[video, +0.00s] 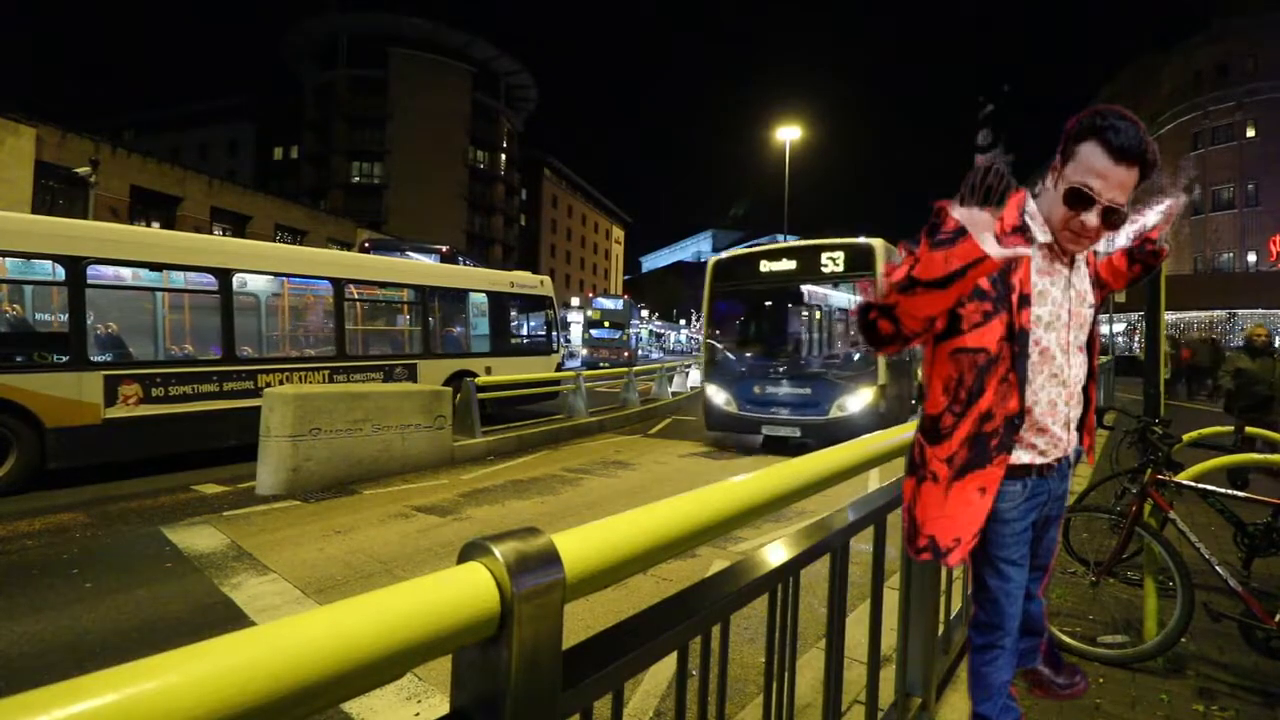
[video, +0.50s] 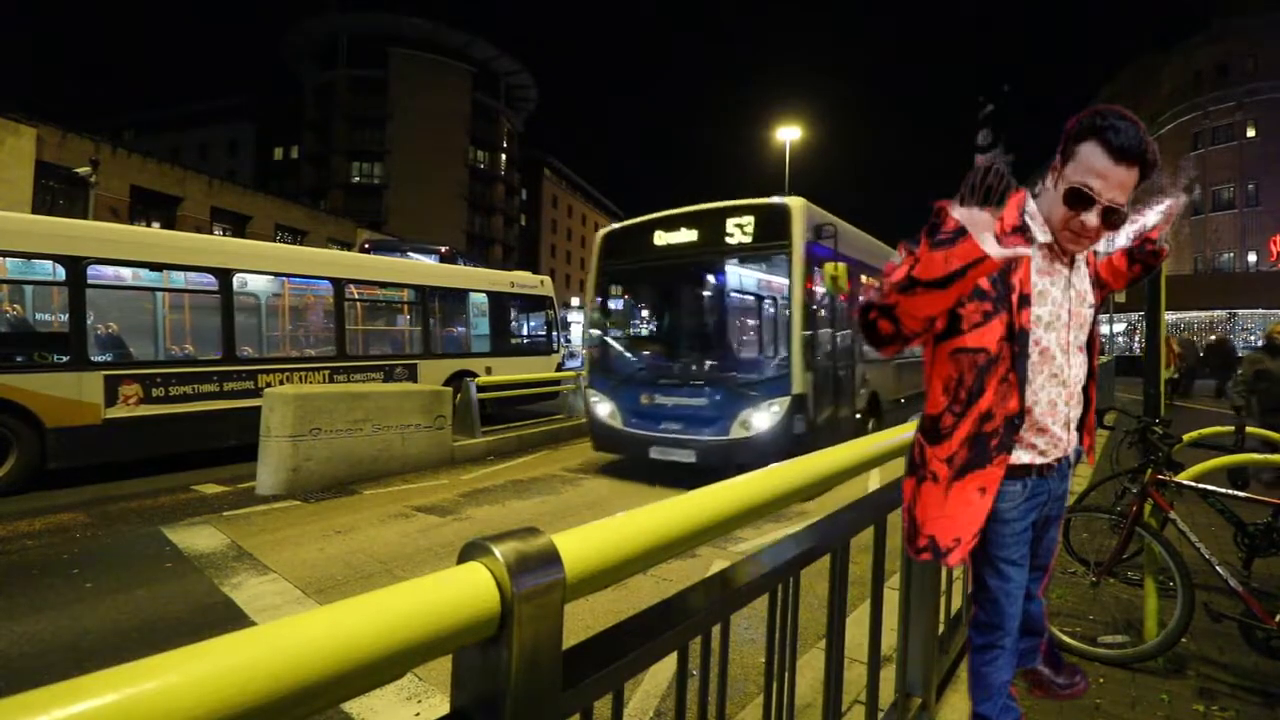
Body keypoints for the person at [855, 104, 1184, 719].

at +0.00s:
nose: (1089, 222)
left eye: (1109, 212)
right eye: (1080, 197)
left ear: (1123, 211)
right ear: (1052, 171)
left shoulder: (1083, 263)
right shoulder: (982, 241)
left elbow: (1111, 274)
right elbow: (882, 328)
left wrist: (1150, 241)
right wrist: (963, 246)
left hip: (1057, 468)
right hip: (1000, 474)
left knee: (1034, 581)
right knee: (1000, 612)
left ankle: (1028, 659)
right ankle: (994, 709)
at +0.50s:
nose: (1089, 222)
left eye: (1109, 212)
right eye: (1080, 198)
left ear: (1123, 211)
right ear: (1053, 171)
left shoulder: (1084, 264)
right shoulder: (984, 243)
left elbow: (1117, 269)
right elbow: (883, 327)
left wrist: (1152, 240)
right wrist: (961, 245)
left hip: (1057, 467)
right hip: (1000, 475)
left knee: (1035, 581)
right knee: (1000, 611)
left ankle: (1028, 659)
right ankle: (994, 709)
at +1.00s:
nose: (1089, 222)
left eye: (1109, 212)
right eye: (1080, 197)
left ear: (1123, 211)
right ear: (1052, 171)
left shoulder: (1083, 263)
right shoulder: (984, 242)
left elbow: (1110, 274)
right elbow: (883, 327)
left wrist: (1150, 241)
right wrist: (963, 244)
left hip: (1057, 467)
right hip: (1000, 474)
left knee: (1035, 581)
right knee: (1000, 611)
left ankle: (1028, 659)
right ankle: (994, 709)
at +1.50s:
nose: (1089, 222)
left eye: (1109, 212)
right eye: (1080, 197)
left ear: (1123, 211)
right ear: (1052, 171)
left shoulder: (1083, 264)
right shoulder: (984, 242)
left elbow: (1112, 273)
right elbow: (882, 326)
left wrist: (1150, 241)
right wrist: (962, 245)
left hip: (1057, 467)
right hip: (1000, 474)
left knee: (1035, 581)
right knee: (999, 611)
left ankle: (1028, 659)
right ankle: (994, 709)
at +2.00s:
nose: (1089, 222)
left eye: (1109, 212)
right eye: (1080, 198)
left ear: (1123, 211)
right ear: (1052, 171)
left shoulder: (1084, 264)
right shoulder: (985, 242)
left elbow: (1116, 271)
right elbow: (883, 327)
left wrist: (1151, 240)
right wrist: (962, 245)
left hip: (1057, 467)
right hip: (1000, 474)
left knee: (1035, 581)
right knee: (1000, 611)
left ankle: (1028, 659)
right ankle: (994, 709)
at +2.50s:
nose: (1089, 222)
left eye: (1110, 212)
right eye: (1080, 197)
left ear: (1124, 210)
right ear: (1052, 171)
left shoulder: (1085, 263)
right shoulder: (985, 243)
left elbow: (1117, 270)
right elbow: (880, 327)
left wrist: (1150, 242)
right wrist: (963, 246)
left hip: (1057, 467)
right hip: (1000, 474)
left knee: (1035, 581)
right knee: (1000, 611)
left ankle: (1028, 659)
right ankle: (994, 709)